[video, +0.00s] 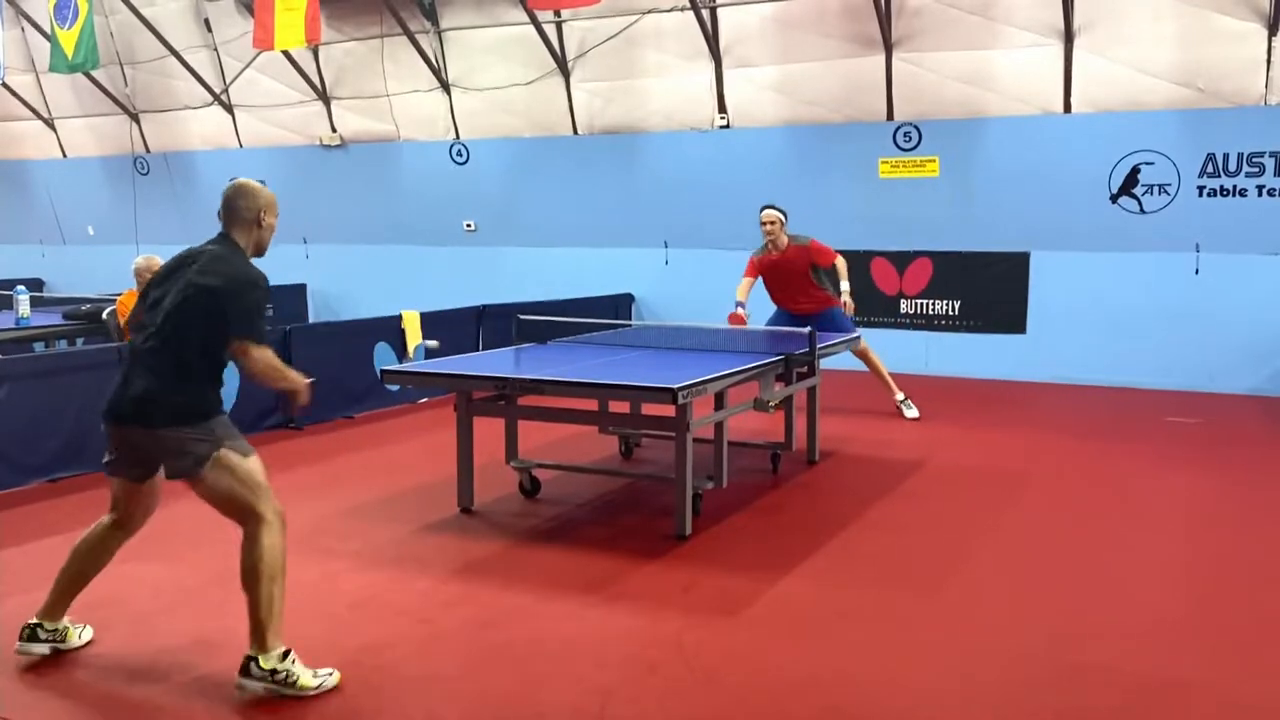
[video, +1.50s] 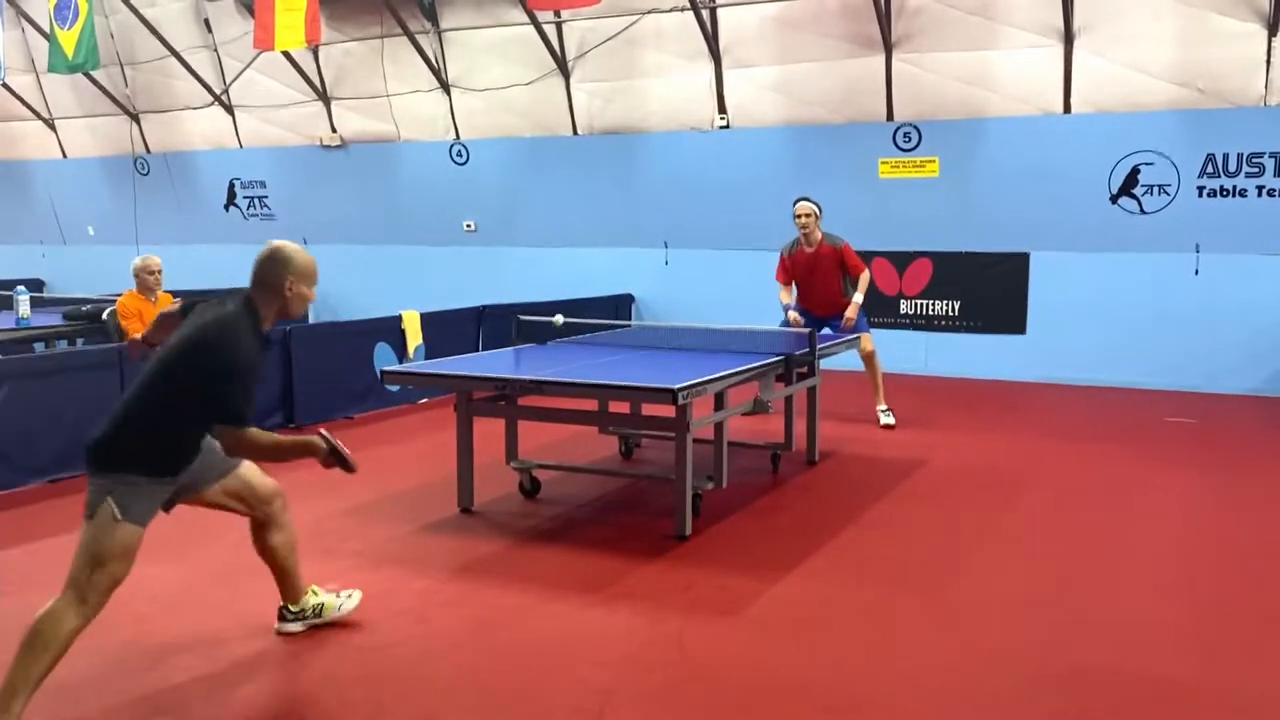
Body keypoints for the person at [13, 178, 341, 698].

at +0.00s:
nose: (275, 228)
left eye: (274, 219)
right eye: (274, 220)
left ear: (225, 219)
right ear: (260, 222)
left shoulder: (177, 264)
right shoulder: (244, 276)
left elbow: (137, 329)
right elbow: (248, 353)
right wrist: (293, 382)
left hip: (127, 412)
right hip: (185, 414)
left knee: (124, 517)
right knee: (264, 516)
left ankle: (45, 623)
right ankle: (267, 656)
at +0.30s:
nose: (166, 187)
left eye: (165, 177)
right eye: (164, 177)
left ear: (110, 176)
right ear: (146, 178)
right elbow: (175, 338)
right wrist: (144, 302)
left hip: (25, 394)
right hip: (100, 404)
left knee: (37, 505)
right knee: (161, 509)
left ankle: (26, 620)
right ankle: (170, 646)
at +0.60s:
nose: (51, 214)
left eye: (49, 205)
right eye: (45, 205)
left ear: (12, 208)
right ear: (19, 208)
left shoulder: (15, 271)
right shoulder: (26, 277)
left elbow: (53, 355)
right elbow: (61, 358)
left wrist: (111, 351)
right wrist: (121, 351)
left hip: (10, 442)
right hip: (7, 443)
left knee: (101, 511)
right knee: (105, 514)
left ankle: (118, 647)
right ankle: (119, 650)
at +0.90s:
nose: (52, 210)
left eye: (51, 200)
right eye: (46, 200)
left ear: (16, 203)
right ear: (19, 203)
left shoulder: (11, 265)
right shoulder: (9, 267)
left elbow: (11, 345)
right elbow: (7, 344)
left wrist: (88, 378)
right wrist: (89, 377)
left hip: (2, 445)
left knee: (44, 542)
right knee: (49, 541)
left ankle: (29, 700)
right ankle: (30, 704)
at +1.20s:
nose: (141, 267)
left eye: (141, 256)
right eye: (136, 256)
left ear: (103, 257)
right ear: (112, 259)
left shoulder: (87, 314)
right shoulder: (50, 324)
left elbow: (64, 376)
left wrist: (123, 401)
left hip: (31, 471)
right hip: (5, 484)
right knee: (50, 609)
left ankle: (9, 621)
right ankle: (4, 696)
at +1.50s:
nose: (312, 296)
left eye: (313, 286)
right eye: (309, 287)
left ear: (275, 284)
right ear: (286, 287)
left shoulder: (236, 315)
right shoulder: (230, 337)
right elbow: (234, 440)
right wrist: (309, 446)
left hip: (182, 452)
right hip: (128, 464)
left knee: (268, 498)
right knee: (83, 596)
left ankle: (298, 604)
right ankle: (8, 708)